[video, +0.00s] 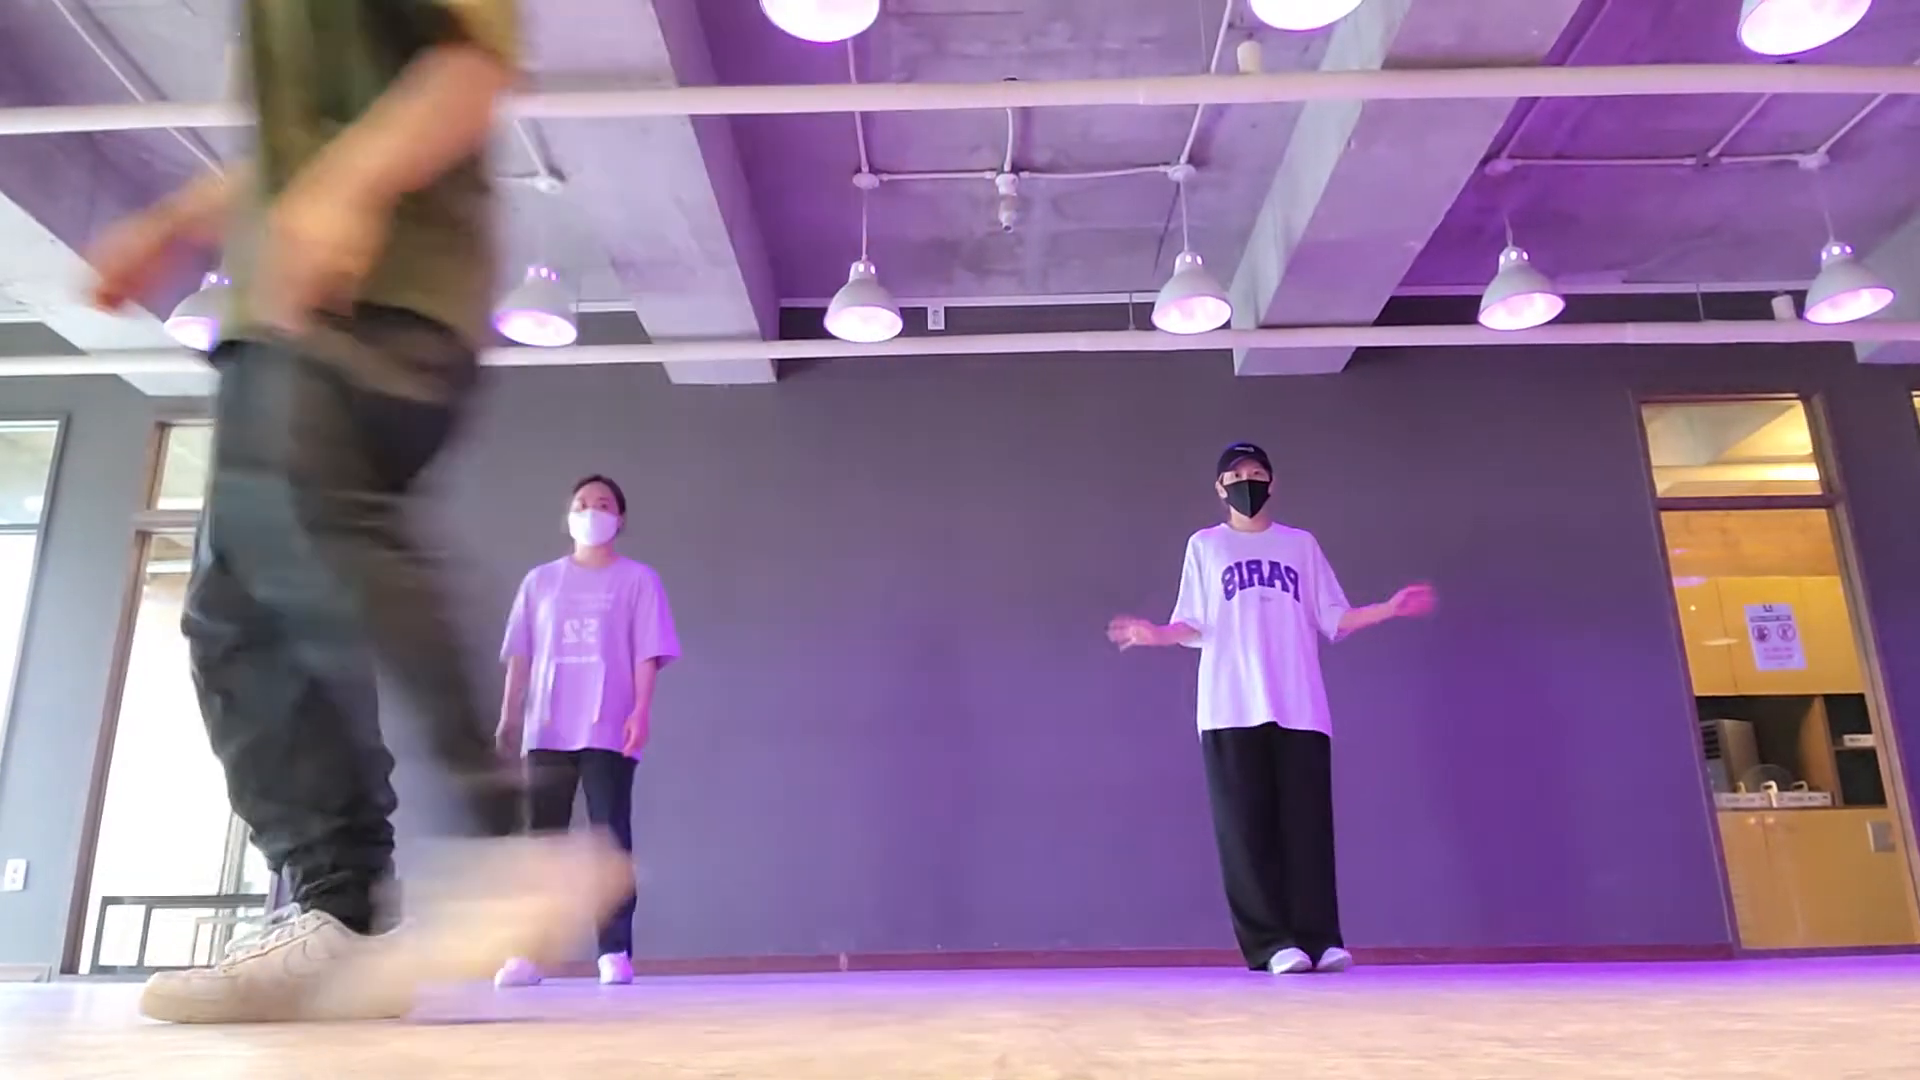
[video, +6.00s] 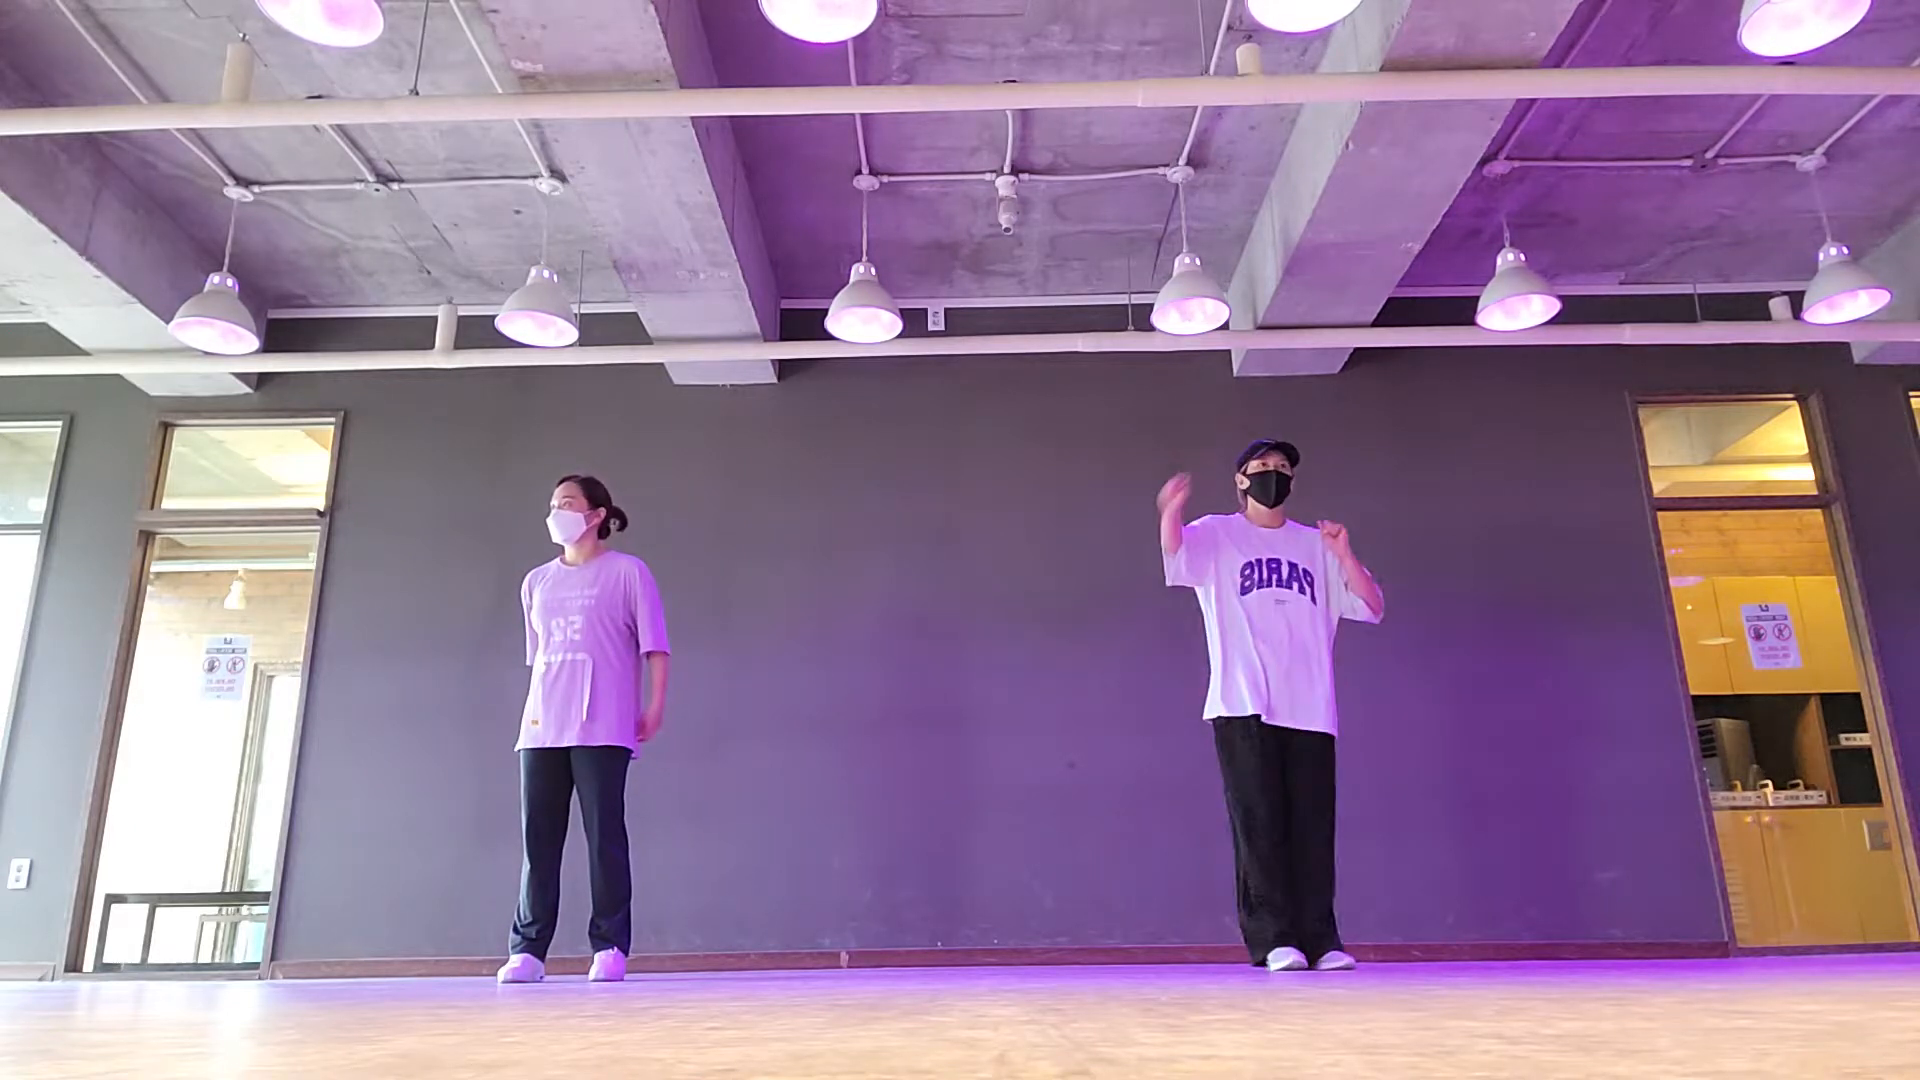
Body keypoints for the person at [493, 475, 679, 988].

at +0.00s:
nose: (590, 513)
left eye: (602, 507)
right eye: (582, 506)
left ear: (619, 521)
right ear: (567, 519)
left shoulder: (639, 581)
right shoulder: (539, 581)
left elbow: (648, 655)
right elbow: (518, 657)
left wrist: (641, 713)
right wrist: (509, 718)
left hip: (608, 729)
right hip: (547, 729)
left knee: (611, 842)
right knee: (539, 844)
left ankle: (614, 951)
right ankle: (526, 951)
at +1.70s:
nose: (566, 511)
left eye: (577, 505)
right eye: (557, 504)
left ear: (594, 522)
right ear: (543, 520)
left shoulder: (616, 581)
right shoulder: (514, 581)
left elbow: (638, 653)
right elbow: (490, 651)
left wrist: (604, 666)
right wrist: (497, 657)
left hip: (586, 729)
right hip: (524, 728)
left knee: (595, 841)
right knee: (529, 845)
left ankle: (609, 949)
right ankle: (525, 953)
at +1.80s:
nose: (569, 510)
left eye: (581, 504)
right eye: (560, 504)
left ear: (598, 522)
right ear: (547, 521)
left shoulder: (621, 580)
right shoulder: (521, 580)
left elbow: (645, 651)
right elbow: (485, 650)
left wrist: (606, 615)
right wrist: (512, 608)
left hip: (591, 728)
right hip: (529, 727)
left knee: (597, 840)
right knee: (531, 844)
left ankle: (609, 949)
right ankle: (525, 953)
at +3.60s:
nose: (593, 511)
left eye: (604, 505)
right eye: (584, 505)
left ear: (620, 522)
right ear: (570, 520)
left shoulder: (635, 576)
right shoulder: (543, 577)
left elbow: (670, 617)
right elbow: (490, 610)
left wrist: (663, 565)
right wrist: (516, 555)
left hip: (612, 721)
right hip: (548, 721)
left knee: (611, 837)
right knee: (543, 837)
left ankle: (610, 949)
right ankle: (527, 951)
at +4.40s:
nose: (573, 511)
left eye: (586, 503)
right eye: (569, 504)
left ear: (611, 519)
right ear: (562, 518)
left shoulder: (633, 574)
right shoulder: (543, 581)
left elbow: (676, 633)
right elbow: (499, 641)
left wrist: (657, 583)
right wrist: (478, 601)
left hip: (609, 723)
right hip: (547, 723)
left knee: (609, 839)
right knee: (542, 841)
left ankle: (610, 949)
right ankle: (527, 951)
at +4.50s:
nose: (573, 510)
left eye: (585, 503)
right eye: (569, 503)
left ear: (611, 518)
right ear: (561, 518)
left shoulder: (636, 576)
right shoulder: (540, 582)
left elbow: (674, 645)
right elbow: (518, 652)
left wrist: (639, 636)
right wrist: (494, 655)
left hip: (607, 725)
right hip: (546, 725)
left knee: (608, 840)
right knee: (541, 841)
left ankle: (610, 949)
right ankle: (527, 952)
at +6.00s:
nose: (556, 513)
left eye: (568, 505)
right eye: (553, 505)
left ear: (598, 516)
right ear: (549, 517)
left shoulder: (628, 572)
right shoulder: (536, 581)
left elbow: (656, 648)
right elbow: (537, 661)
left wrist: (653, 709)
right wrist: (531, 721)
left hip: (603, 722)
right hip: (543, 724)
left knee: (604, 838)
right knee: (538, 840)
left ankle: (609, 948)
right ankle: (527, 950)